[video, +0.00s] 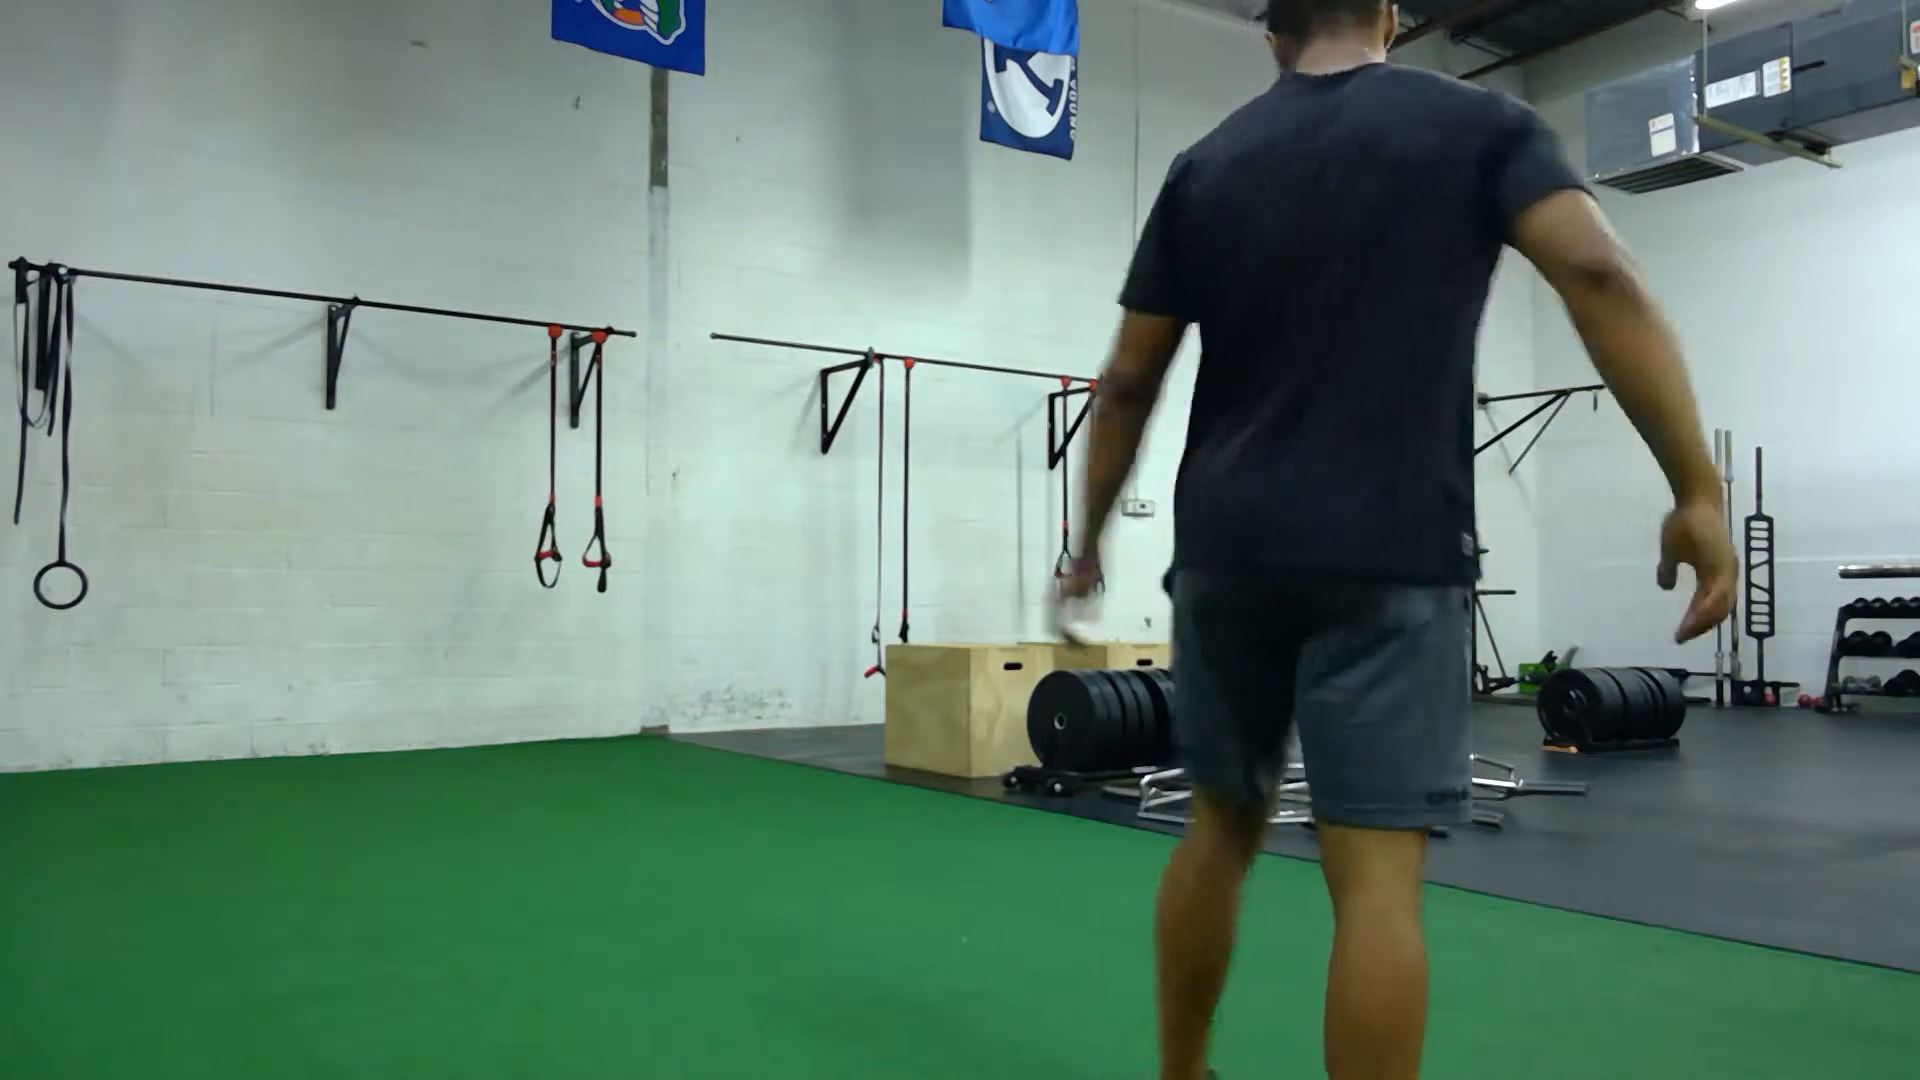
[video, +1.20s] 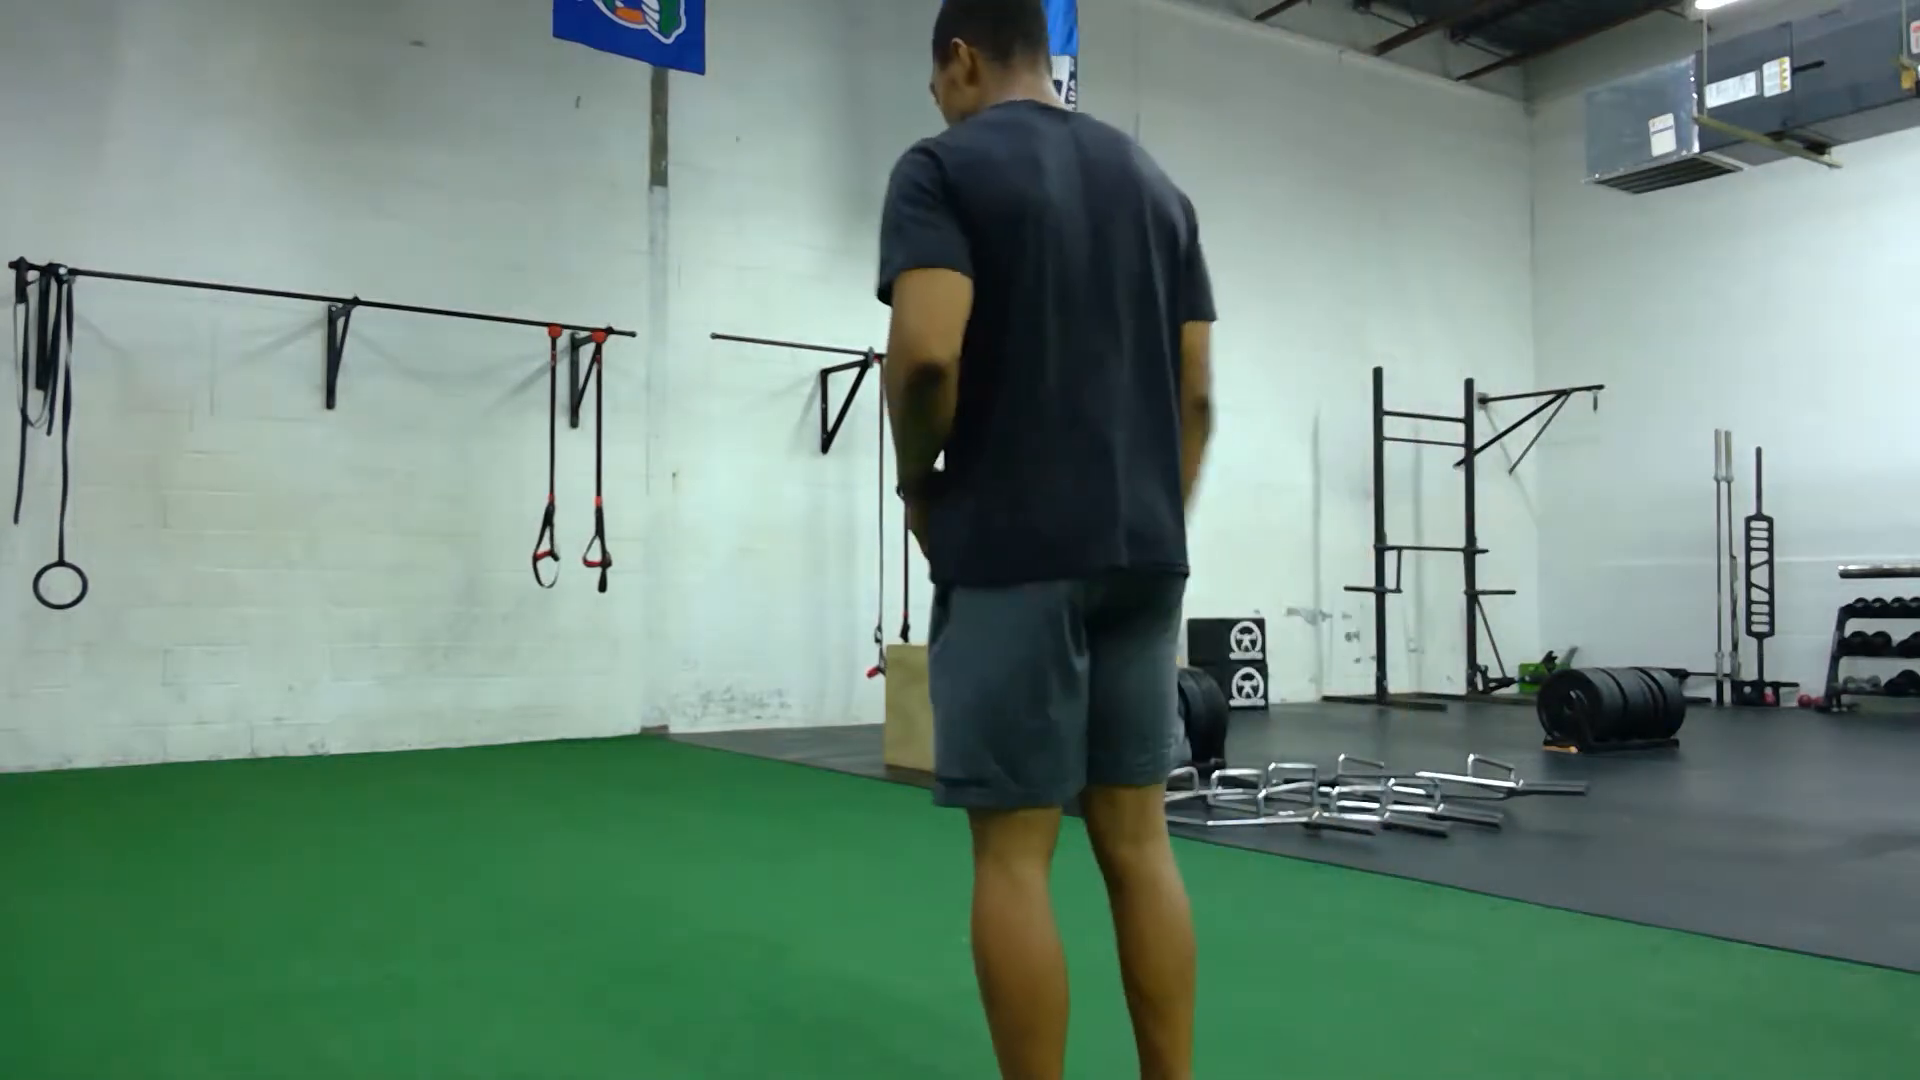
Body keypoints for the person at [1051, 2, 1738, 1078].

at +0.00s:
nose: (1399, 23)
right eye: (1398, 15)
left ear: (1270, 35)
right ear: (1387, 18)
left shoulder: (1205, 167)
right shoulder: (1474, 121)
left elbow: (1127, 381)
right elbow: (1599, 273)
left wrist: (1088, 531)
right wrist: (1697, 487)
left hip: (1228, 546)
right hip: (1397, 546)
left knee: (1217, 819)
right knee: (1378, 877)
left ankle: (1179, 1067)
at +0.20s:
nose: (1242, 59)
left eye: (1239, 41)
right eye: (1245, 45)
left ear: (1254, 26)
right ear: (1364, 24)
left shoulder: (1207, 146)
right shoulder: (1477, 136)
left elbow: (1122, 362)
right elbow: (1564, 367)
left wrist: (1045, 516)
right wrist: (1582, 548)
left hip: (1221, 545)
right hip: (1406, 552)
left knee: (1139, 821)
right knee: (1378, 880)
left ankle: (1086, 1068)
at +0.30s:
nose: (1207, 62)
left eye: (1206, 41)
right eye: (1208, 43)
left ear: (1229, 23)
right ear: (1329, 24)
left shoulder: (1189, 146)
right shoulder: (1449, 146)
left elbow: (1159, 354)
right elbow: (1499, 383)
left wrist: (1081, 517)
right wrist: (1464, 549)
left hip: (1213, 545)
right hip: (1387, 553)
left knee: (1116, 835)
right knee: (1368, 880)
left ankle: (1065, 1067)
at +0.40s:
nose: (1165, 68)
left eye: (1164, 46)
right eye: (1167, 47)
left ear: (1189, 27)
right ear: (1286, 31)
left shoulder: (1158, 149)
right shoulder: (1402, 159)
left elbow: (1157, 356)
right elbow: (1432, 396)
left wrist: (1096, 533)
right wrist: (1356, 511)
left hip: (1183, 555)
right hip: (1352, 560)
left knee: (1102, 855)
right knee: (1349, 881)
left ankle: (1059, 1068)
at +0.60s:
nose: (1057, 82)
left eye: (1060, 58)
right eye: (1060, 60)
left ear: (1089, 43)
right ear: (1178, 42)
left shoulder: (1060, 163)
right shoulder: (1290, 174)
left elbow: (1011, 384)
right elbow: (1315, 405)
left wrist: (992, 522)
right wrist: (1245, 518)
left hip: (1092, 554)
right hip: (1253, 554)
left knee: (1059, 855)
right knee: (1283, 839)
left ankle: (1043, 1070)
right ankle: (1351, 1070)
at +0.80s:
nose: (979, 104)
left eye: (977, 84)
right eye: (979, 86)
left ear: (999, 61)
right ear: (1084, 57)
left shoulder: (981, 172)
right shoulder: (1212, 171)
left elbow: (935, 402)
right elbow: (1285, 372)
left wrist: (934, 455)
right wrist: (1319, 558)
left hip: (1070, 544)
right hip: (1207, 542)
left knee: (1053, 853)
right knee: (1119, 759)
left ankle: (1045, 1079)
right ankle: (1223, 985)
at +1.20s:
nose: (936, 100)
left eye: (935, 80)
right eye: (937, 83)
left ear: (960, 61)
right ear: (1050, 60)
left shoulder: (944, 165)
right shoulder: (1153, 179)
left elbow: (926, 357)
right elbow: (1194, 395)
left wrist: (916, 480)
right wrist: (1158, 521)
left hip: (1008, 545)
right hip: (1148, 543)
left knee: (1013, 852)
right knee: (1139, 836)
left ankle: (1035, 1076)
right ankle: (1171, 1073)